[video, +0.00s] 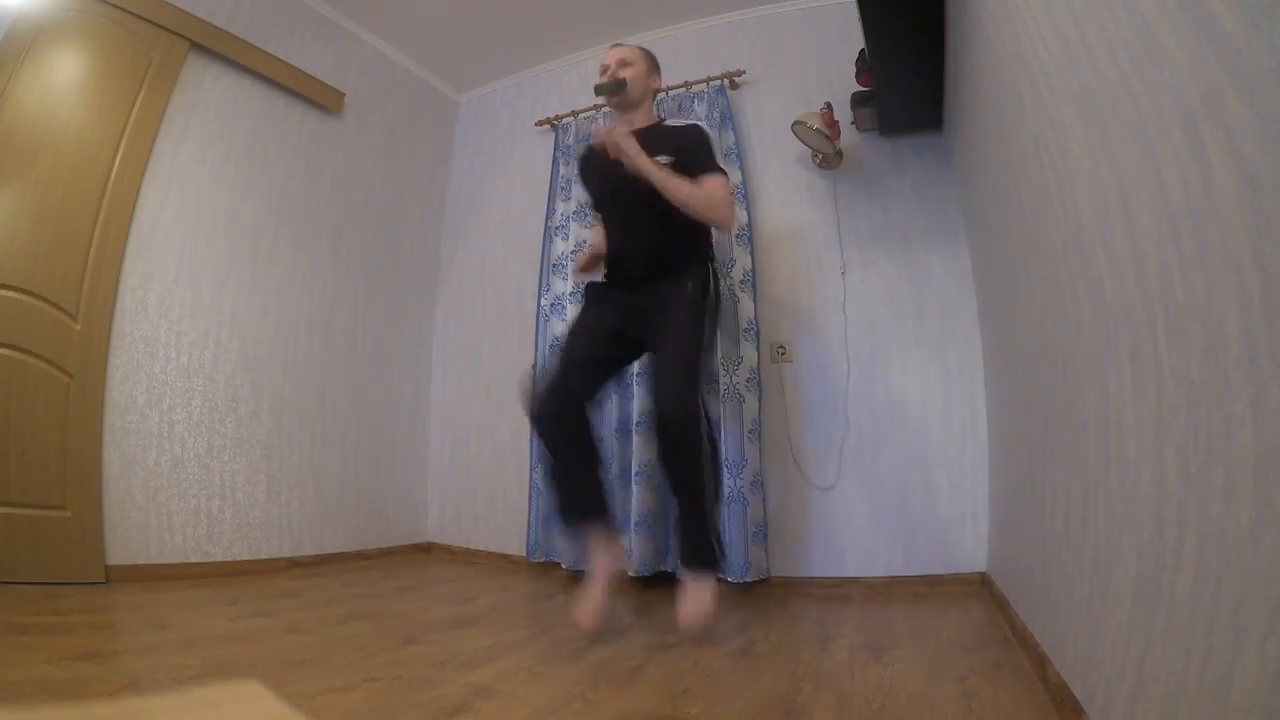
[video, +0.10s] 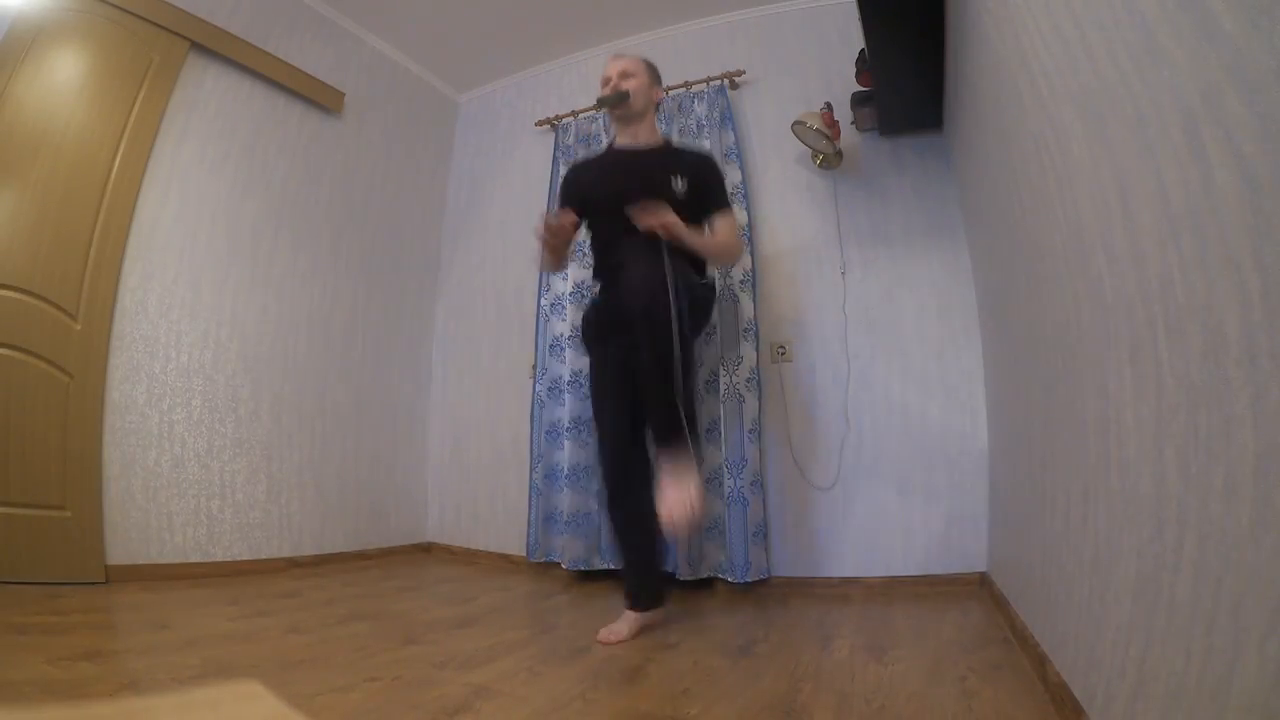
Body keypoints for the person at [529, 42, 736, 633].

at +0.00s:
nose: (612, 74)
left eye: (626, 66)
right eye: (604, 69)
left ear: (655, 84)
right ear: (597, 89)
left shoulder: (685, 139)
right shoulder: (595, 159)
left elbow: (722, 212)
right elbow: (612, 225)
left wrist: (644, 164)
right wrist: (596, 249)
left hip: (681, 292)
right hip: (617, 297)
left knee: (675, 409)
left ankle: (699, 568)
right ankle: (601, 545)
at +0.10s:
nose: (614, 87)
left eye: (628, 78)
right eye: (607, 82)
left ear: (658, 93)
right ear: (599, 101)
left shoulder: (693, 165)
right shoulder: (585, 175)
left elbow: (728, 248)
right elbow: (554, 262)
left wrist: (679, 230)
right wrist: (553, 240)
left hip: (681, 297)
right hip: (614, 308)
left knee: (646, 287)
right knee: (620, 453)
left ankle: (673, 449)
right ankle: (643, 597)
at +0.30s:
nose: (602, 70)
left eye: (616, 61)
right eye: (595, 67)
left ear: (647, 80)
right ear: (591, 90)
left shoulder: (685, 134)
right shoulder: (587, 161)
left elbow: (736, 209)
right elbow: (577, 248)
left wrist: (679, 203)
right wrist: (558, 225)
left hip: (678, 272)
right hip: (617, 280)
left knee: (648, 371)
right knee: (555, 383)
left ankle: (655, 538)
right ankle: (603, 527)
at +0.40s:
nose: (603, 85)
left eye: (616, 77)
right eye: (595, 81)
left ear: (648, 96)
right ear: (590, 106)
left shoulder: (676, 152)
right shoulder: (595, 182)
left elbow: (713, 223)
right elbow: (603, 264)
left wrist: (626, 168)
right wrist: (565, 257)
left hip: (672, 313)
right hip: (614, 307)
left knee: (666, 457)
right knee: (522, 259)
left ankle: (670, 607)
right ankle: (572, 407)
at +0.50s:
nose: (612, 87)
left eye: (625, 79)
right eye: (605, 80)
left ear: (654, 98)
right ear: (596, 99)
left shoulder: (675, 150)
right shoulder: (597, 176)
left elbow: (698, 207)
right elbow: (606, 256)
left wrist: (635, 140)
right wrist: (583, 242)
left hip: (670, 311)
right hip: (614, 306)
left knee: (663, 452)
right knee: (523, 292)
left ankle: (669, 601)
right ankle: (566, 444)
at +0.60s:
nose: (617, 71)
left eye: (630, 64)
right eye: (608, 68)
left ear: (657, 84)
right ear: (600, 91)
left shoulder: (688, 144)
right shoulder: (586, 156)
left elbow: (729, 217)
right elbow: (580, 221)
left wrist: (669, 175)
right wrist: (578, 237)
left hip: (673, 275)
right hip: (608, 281)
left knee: (655, 370)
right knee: (575, 401)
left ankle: (663, 541)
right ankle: (607, 562)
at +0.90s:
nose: (618, 89)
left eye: (632, 81)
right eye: (611, 84)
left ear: (661, 99)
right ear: (605, 105)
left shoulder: (689, 154)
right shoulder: (602, 180)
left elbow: (748, 225)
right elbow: (594, 264)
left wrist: (686, 224)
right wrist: (577, 242)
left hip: (680, 307)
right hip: (620, 309)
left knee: (676, 449)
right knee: (529, 348)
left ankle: (697, 582)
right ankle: (581, 488)